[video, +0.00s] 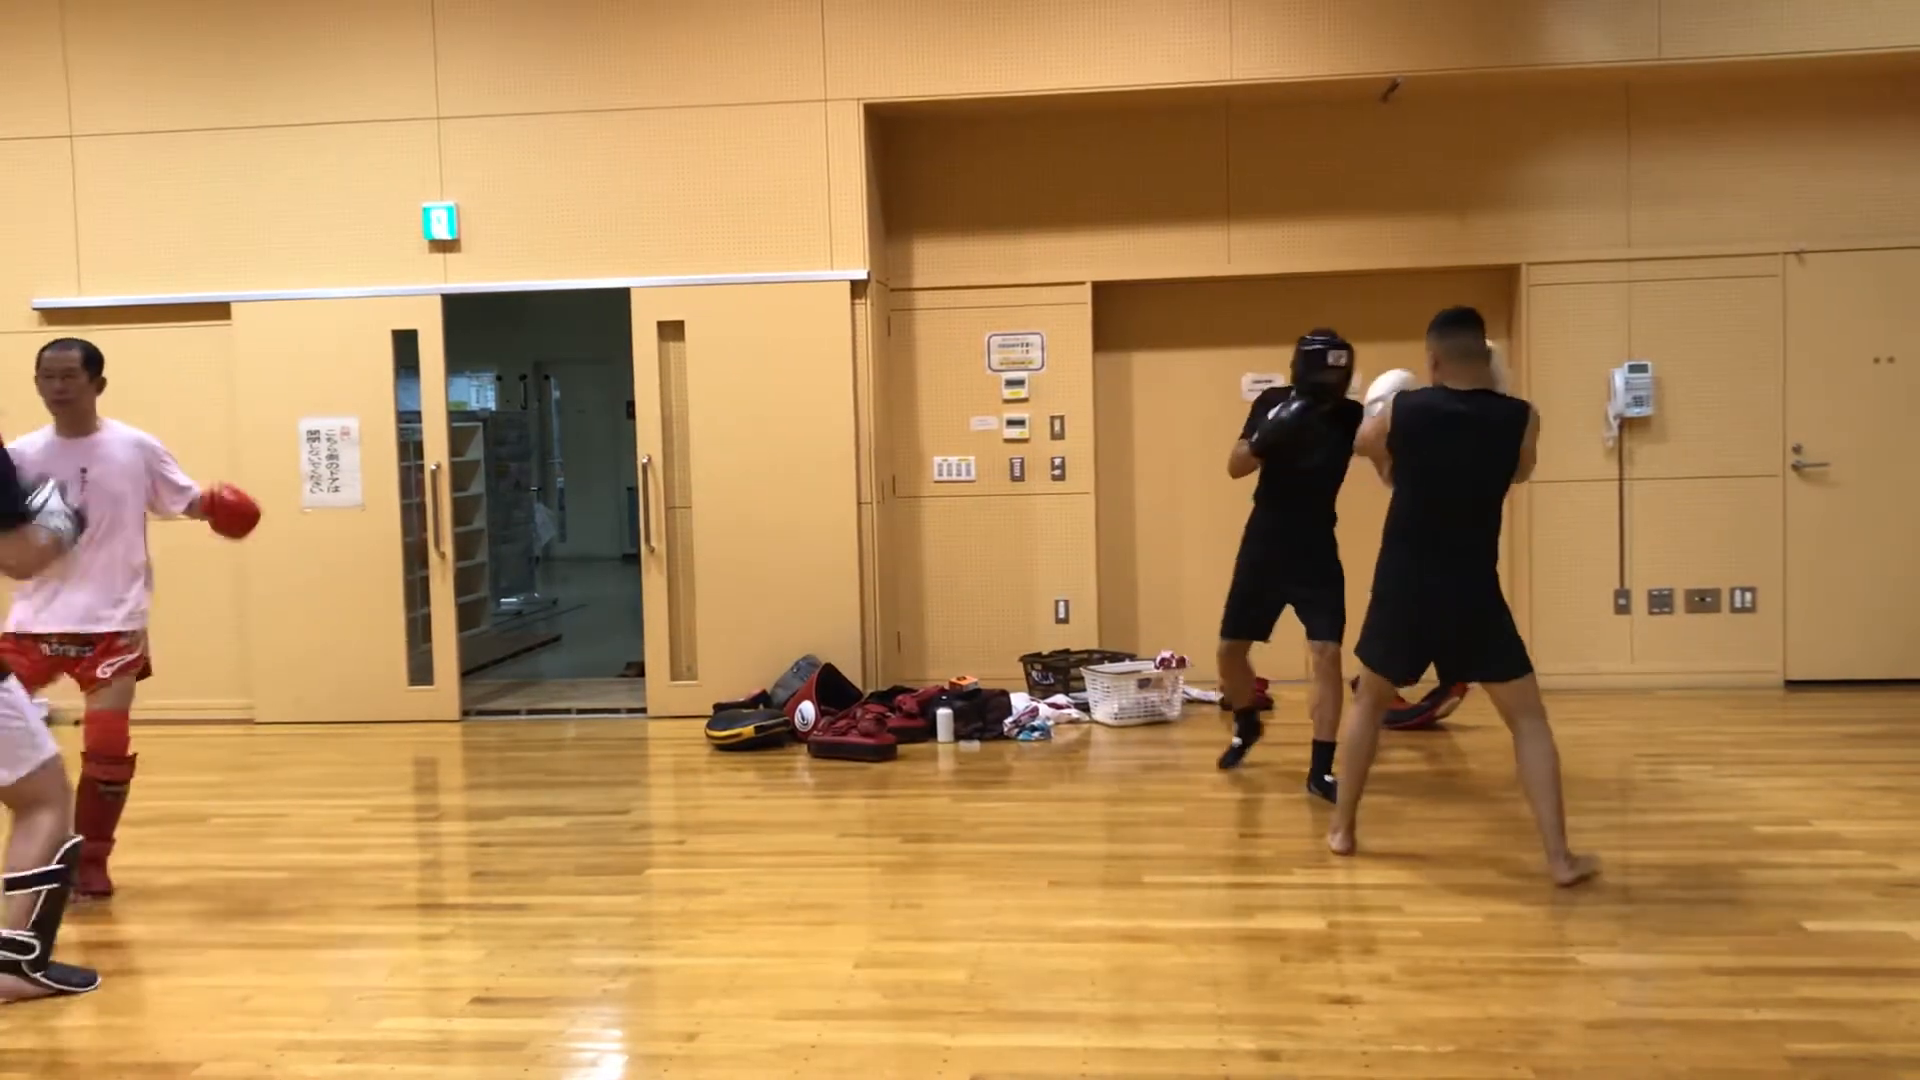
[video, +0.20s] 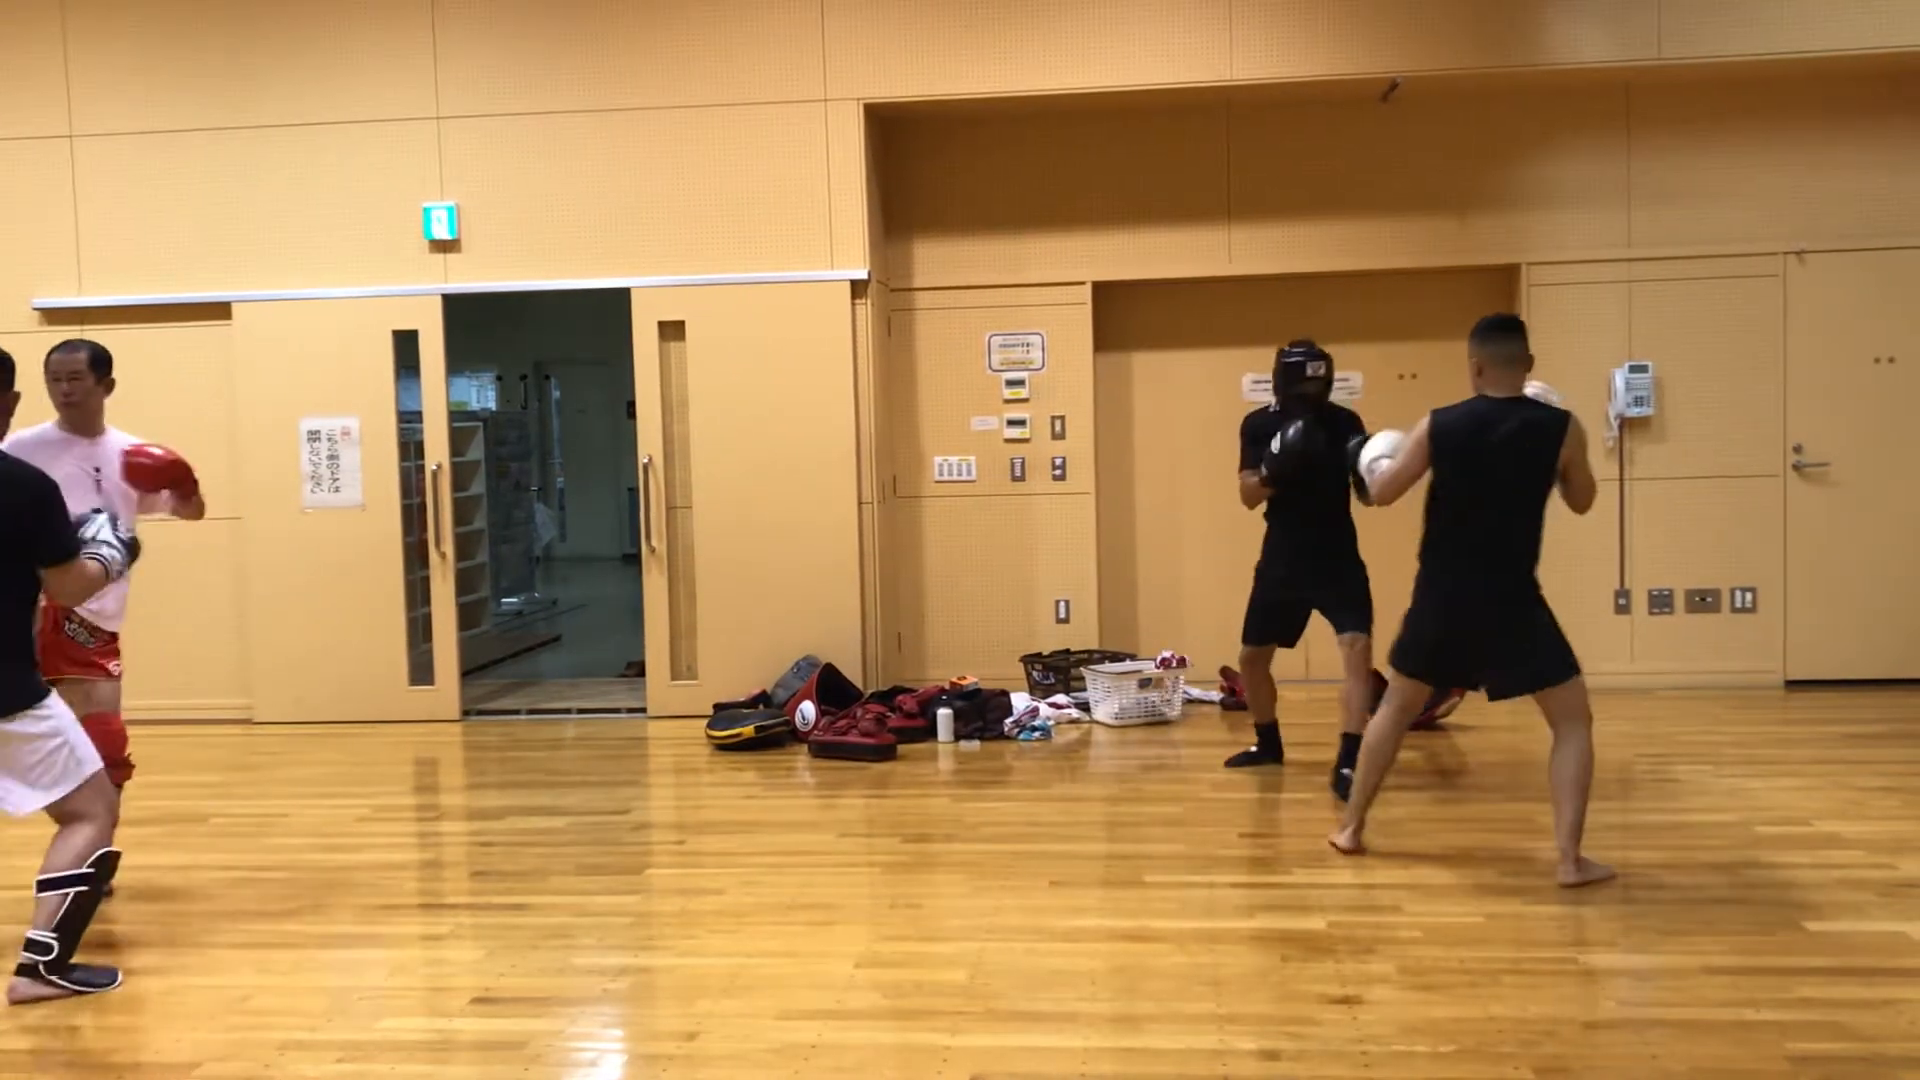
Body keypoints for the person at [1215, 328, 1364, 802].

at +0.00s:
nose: (1332, 383)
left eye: (1340, 374)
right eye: (1322, 373)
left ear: (1348, 374)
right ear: (1300, 370)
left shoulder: (1352, 417)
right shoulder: (1274, 403)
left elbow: (1389, 468)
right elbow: (1236, 467)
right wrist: (1272, 431)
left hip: (1316, 543)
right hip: (1266, 540)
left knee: (1327, 654)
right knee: (1230, 651)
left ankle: (1321, 771)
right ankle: (1246, 725)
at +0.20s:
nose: (1312, 394)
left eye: (1319, 384)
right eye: (1302, 384)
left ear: (1329, 382)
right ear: (1280, 383)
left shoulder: (1344, 422)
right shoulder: (1259, 426)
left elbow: (1368, 495)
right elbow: (1248, 496)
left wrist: (1364, 464)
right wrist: (1279, 463)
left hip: (1337, 552)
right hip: (1283, 554)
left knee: (1357, 646)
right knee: (1253, 657)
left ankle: (1348, 762)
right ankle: (1268, 745)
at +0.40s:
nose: (1333, 385)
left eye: (1340, 376)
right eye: (1323, 375)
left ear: (1348, 375)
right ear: (1301, 374)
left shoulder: (1359, 417)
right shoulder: (1280, 417)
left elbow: (1392, 480)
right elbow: (1262, 485)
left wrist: (1391, 422)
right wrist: (1279, 439)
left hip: (1349, 551)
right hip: (1295, 552)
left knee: (1380, 650)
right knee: (1263, 652)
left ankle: (1413, 761)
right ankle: (1270, 746)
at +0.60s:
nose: (1363, 391)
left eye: (1372, 383)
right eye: (1354, 382)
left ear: (1381, 383)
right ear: (1332, 378)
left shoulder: (1383, 417)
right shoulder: (1302, 417)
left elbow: (1415, 464)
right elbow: (1281, 485)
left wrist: (1410, 409)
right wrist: (1315, 448)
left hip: (1367, 553)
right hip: (1311, 555)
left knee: (1395, 647)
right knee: (1274, 651)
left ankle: (1410, 758)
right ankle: (1273, 746)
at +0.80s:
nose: (1370, 417)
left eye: (1378, 408)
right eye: (1361, 408)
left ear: (1387, 408)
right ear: (1340, 403)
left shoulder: (1390, 440)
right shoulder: (1308, 441)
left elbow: (1444, 474)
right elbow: (1280, 509)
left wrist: (1429, 420)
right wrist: (1314, 491)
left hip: (1366, 569)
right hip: (1311, 571)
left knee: (1405, 644)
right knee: (1276, 674)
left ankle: (1412, 760)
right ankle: (1292, 716)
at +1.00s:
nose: (1339, 408)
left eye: (1345, 399)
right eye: (1329, 399)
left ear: (1352, 398)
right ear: (1307, 398)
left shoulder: (1361, 437)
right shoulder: (1280, 439)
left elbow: (1413, 479)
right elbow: (1258, 505)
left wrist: (1407, 439)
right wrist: (1296, 479)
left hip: (1347, 564)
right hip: (1294, 568)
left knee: (1388, 645)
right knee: (1279, 672)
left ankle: (1411, 755)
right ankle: (1301, 724)